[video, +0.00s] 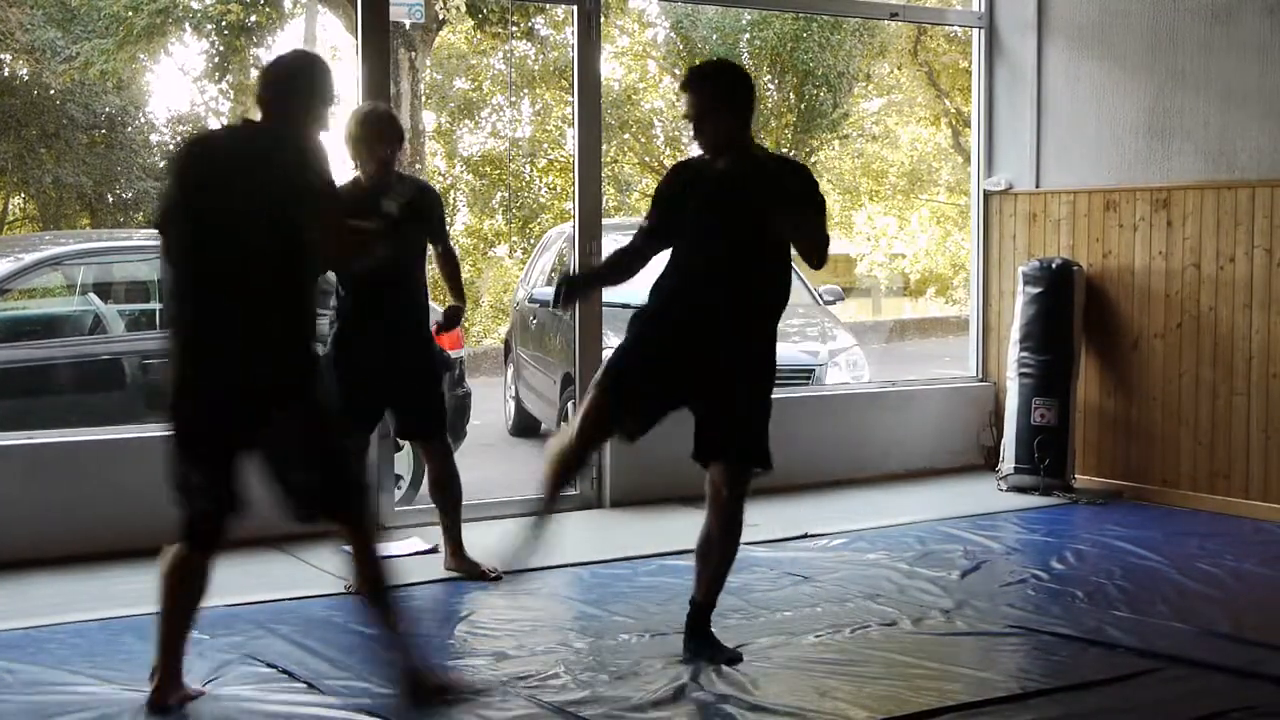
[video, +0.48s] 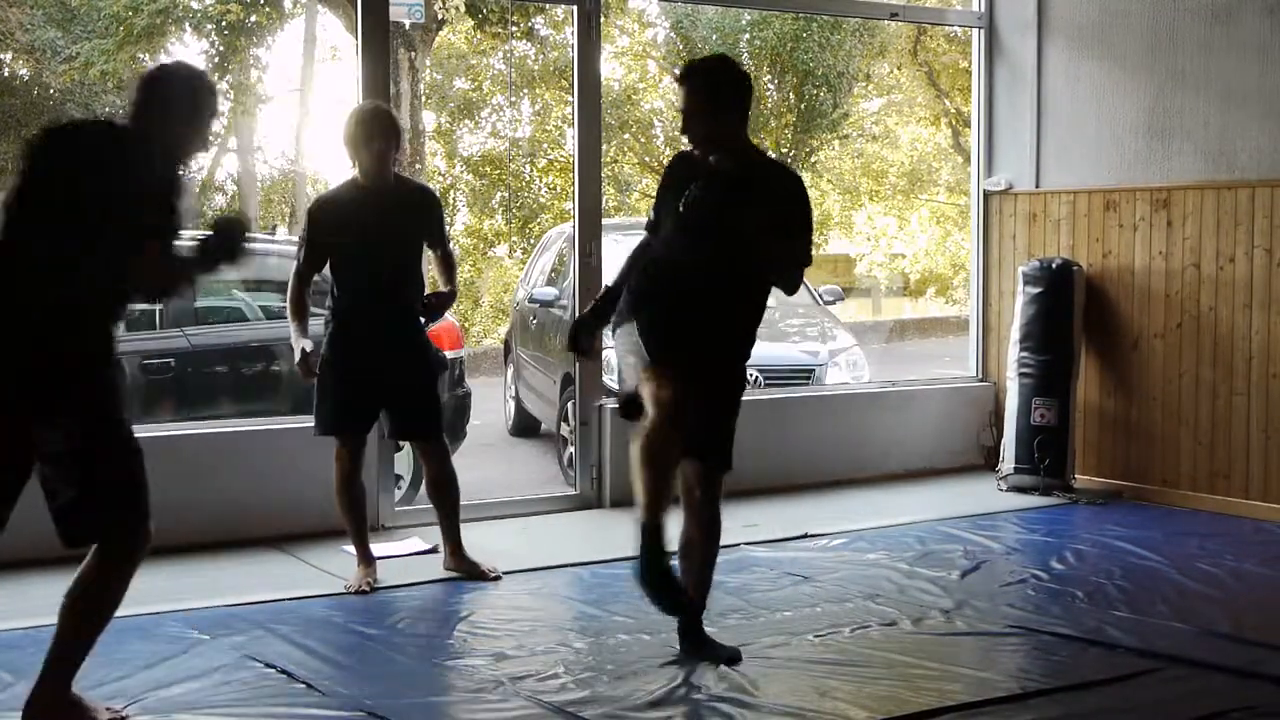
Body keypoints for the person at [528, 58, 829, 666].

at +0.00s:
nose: (692, 126)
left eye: (702, 113)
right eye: (689, 114)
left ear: (737, 110)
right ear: (694, 114)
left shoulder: (788, 178)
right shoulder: (685, 180)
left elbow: (816, 254)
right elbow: (639, 252)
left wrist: (776, 198)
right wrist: (586, 278)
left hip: (741, 347)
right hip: (668, 332)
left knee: (727, 492)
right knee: (590, 424)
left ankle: (699, 627)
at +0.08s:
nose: (697, 121)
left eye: (706, 108)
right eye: (696, 109)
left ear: (739, 107)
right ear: (704, 109)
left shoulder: (795, 177)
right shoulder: (687, 174)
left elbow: (809, 255)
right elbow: (642, 250)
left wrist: (754, 203)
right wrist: (584, 306)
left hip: (738, 352)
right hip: (667, 333)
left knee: (723, 494)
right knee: (592, 417)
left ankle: (695, 629)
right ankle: (477, 509)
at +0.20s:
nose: (698, 114)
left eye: (707, 101)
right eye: (696, 101)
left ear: (743, 101)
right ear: (710, 101)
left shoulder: (796, 177)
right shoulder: (689, 166)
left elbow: (803, 264)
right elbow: (653, 245)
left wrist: (750, 213)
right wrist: (601, 315)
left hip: (730, 348)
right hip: (659, 322)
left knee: (715, 493)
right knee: (596, 393)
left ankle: (694, 629)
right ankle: (488, 497)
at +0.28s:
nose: (698, 116)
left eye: (706, 104)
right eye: (698, 105)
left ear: (743, 103)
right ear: (718, 105)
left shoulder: (796, 180)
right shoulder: (689, 166)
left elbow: (803, 268)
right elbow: (653, 249)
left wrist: (746, 209)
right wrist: (601, 322)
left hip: (726, 344)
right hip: (658, 321)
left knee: (708, 486)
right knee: (602, 399)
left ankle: (693, 626)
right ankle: (537, 501)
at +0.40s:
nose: (690, 122)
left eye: (699, 110)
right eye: (689, 111)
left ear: (738, 106)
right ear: (701, 108)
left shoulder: (785, 181)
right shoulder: (687, 167)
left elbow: (798, 272)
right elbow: (653, 245)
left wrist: (740, 213)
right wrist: (605, 309)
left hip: (721, 341)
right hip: (657, 319)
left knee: (701, 486)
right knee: (645, 397)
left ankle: (692, 625)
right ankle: (615, 534)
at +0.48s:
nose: (683, 121)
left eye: (691, 109)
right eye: (683, 110)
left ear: (727, 107)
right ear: (703, 107)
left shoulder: (779, 183)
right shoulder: (683, 168)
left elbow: (790, 277)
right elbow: (652, 246)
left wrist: (736, 214)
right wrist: (600, 312)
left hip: (721, 338)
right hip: (658, 318)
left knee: (701, 481)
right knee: (666, 407)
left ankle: (692, 627)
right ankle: (653, 545)